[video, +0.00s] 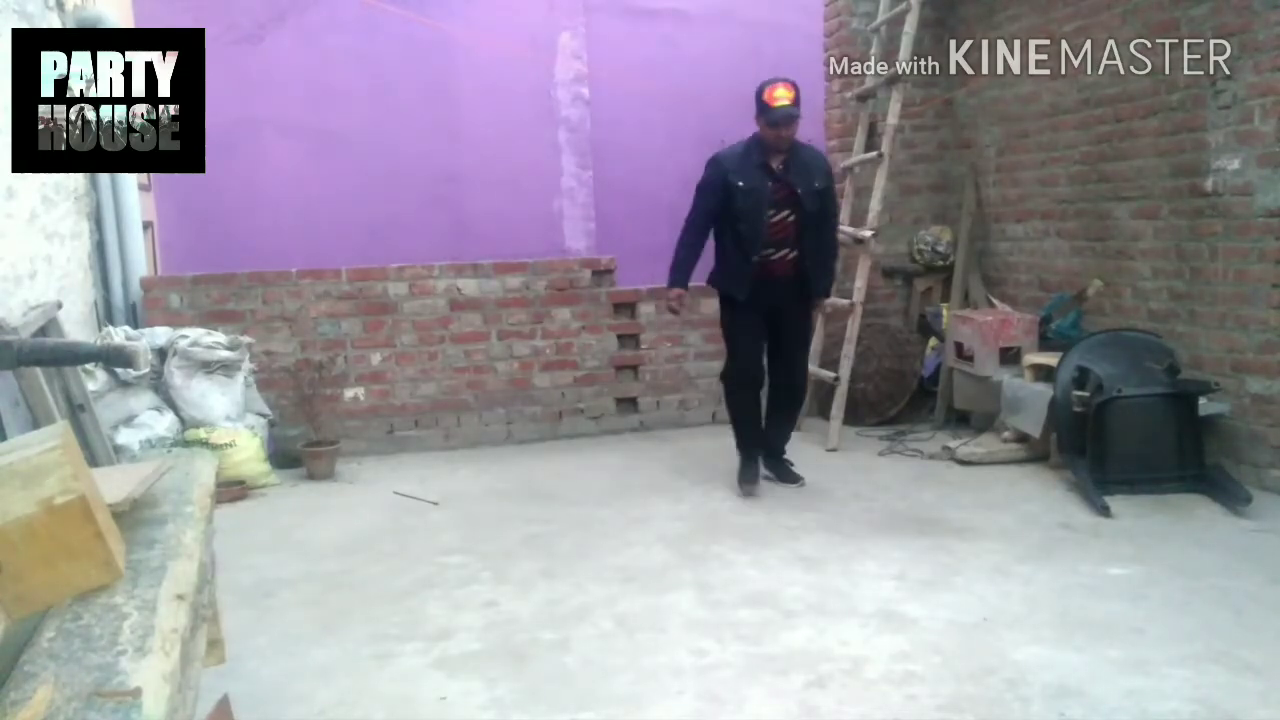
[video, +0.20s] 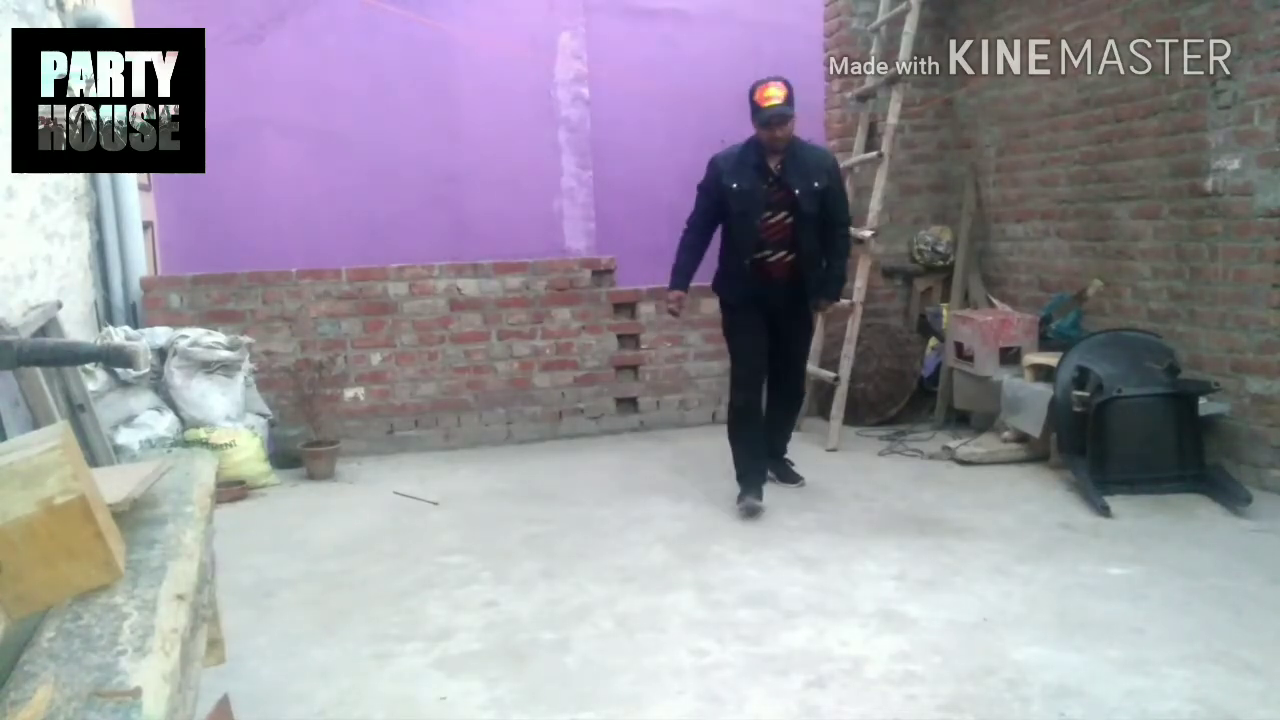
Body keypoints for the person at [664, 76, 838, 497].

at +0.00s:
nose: (783, 132)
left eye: (789, 123)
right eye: (774, 124)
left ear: (799, 121)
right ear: (758, 121)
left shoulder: (815, 165)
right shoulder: (726, 167)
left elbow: (826, 229)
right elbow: (697, 226)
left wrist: (822, 286)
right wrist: (678, 280)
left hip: (795, 292)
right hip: (742, 293)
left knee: (792, 378)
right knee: (743, 374)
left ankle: (775, 452)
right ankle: (750, 457)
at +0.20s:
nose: (777, 132)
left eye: (783, 123)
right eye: (768, 124)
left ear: (794, 119)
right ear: (754, 123)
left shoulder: (820, 164)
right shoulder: (727, 167)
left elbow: (838, 230)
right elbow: (700, 226)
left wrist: (831, 287)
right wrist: (679, 280)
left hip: (797, 297)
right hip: (744, 296)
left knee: (790, 383)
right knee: (747, 385)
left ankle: (774, 454)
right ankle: (750, 482)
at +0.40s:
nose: (766, 137)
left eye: (772, 126)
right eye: (756, 130)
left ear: (787, 120)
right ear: (744, 132)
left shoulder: (821, 171)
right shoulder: (725, 179)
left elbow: (840, 239)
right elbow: (706, 243)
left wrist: (828, 297)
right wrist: (692, 301)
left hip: (798, 306)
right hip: (743, 306)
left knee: (787, 388)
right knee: (748, 396)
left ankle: (776, 452)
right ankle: (754, 497)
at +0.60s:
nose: (759, 137)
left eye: (765, 125)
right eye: (748, 130)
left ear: (781, 118)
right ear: (738, 132)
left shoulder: (820, 169)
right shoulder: (723, 179)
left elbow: (838, 241)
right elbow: (708, 249)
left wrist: (825, 301)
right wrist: (702, 310)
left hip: (797, 309)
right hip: (740, 312)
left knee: (805, 395)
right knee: (743, 406)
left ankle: (783, 440)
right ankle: (756, 500)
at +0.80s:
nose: (765, 132)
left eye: (770, 119)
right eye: (753, 126)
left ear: (784, 112)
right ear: (742, 129)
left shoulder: (825, 163)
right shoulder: (724, 177)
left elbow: (853, 225)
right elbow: (706, 247)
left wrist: (833, 283)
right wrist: (709, 307)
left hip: (806, 307)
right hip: (746, 311)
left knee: (826, 393)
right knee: (745, 409)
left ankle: (799, 451)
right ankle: (756, 500)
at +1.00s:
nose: (790, 114)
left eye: (796, 102)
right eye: (778, 107)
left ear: (807, 98)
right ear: (761, 109)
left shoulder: (842, 149)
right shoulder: (734, 164)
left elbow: (870, 204)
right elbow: (717, 235)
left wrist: (855, 262)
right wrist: (720, 296)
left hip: (828, 298)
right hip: (765, 302)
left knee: (840, 401)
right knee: (763, 403)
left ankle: (849, 506)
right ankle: (758, 501)